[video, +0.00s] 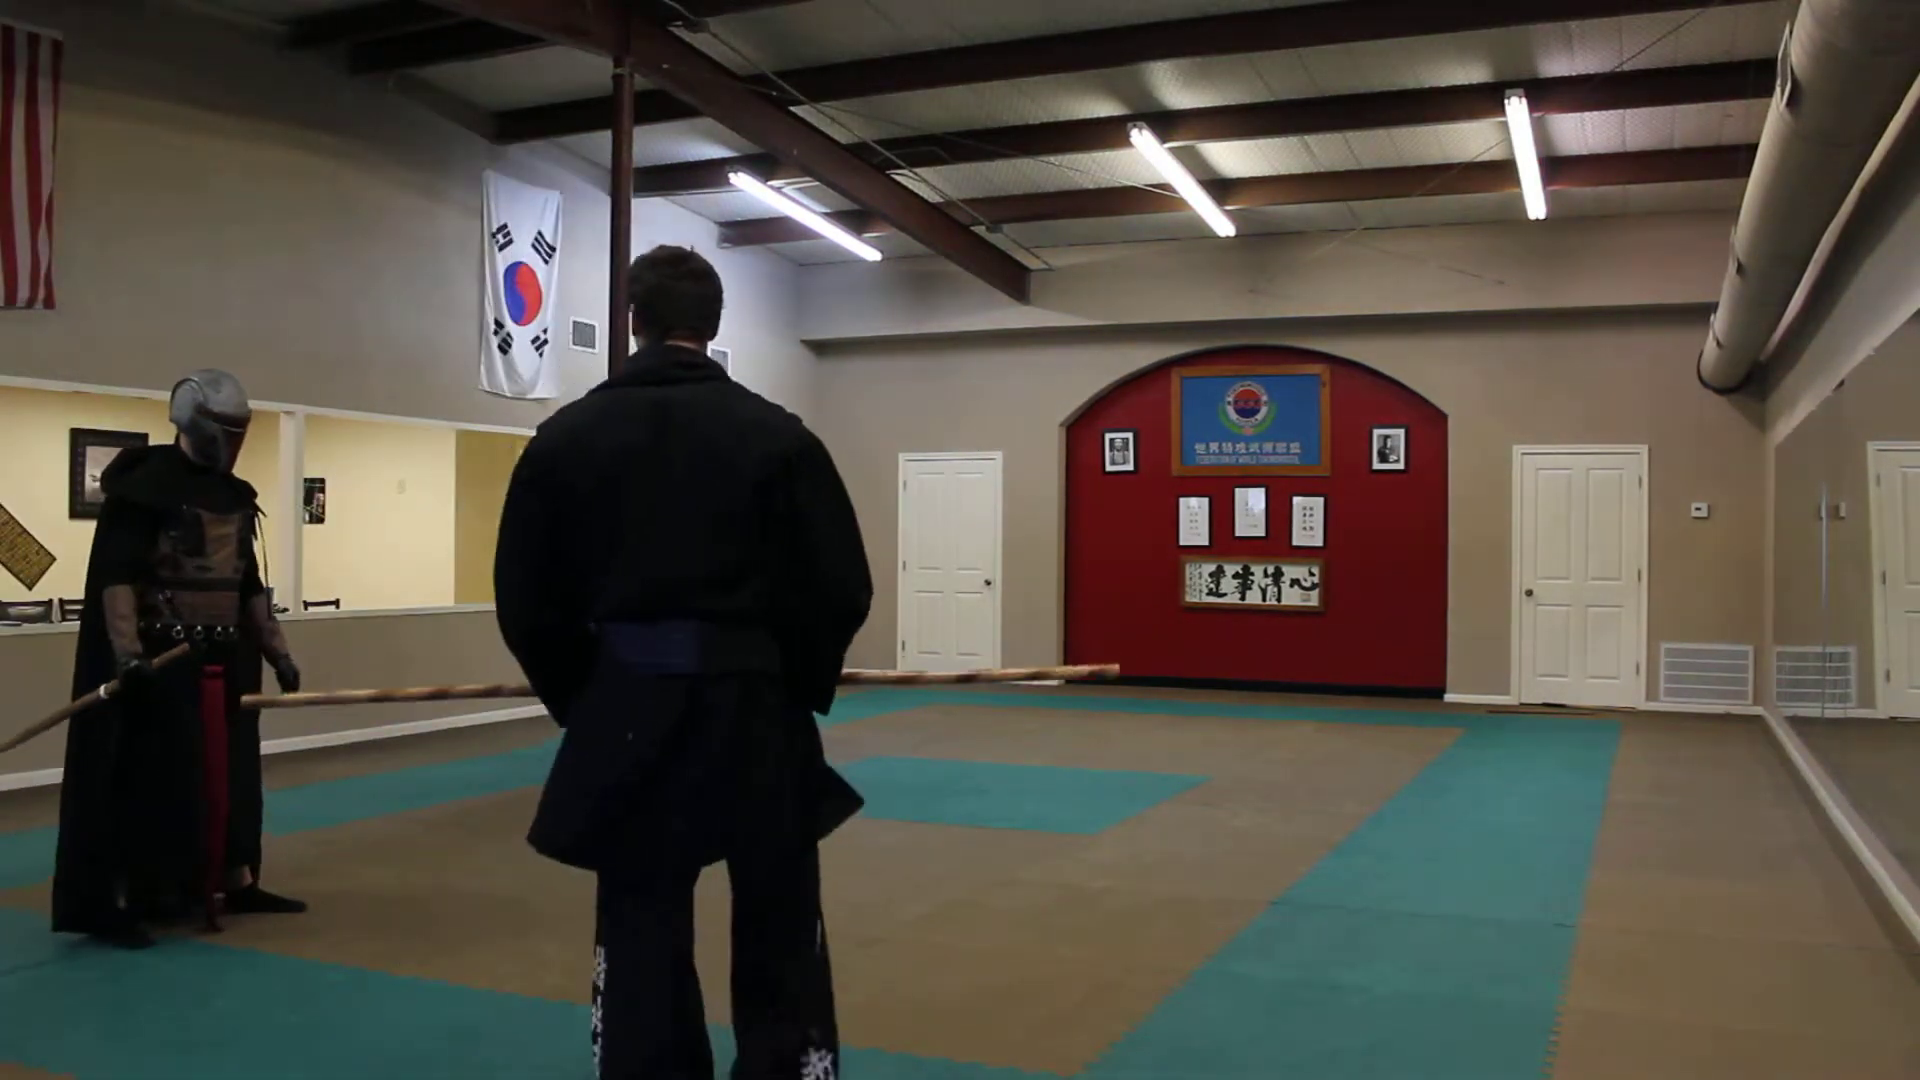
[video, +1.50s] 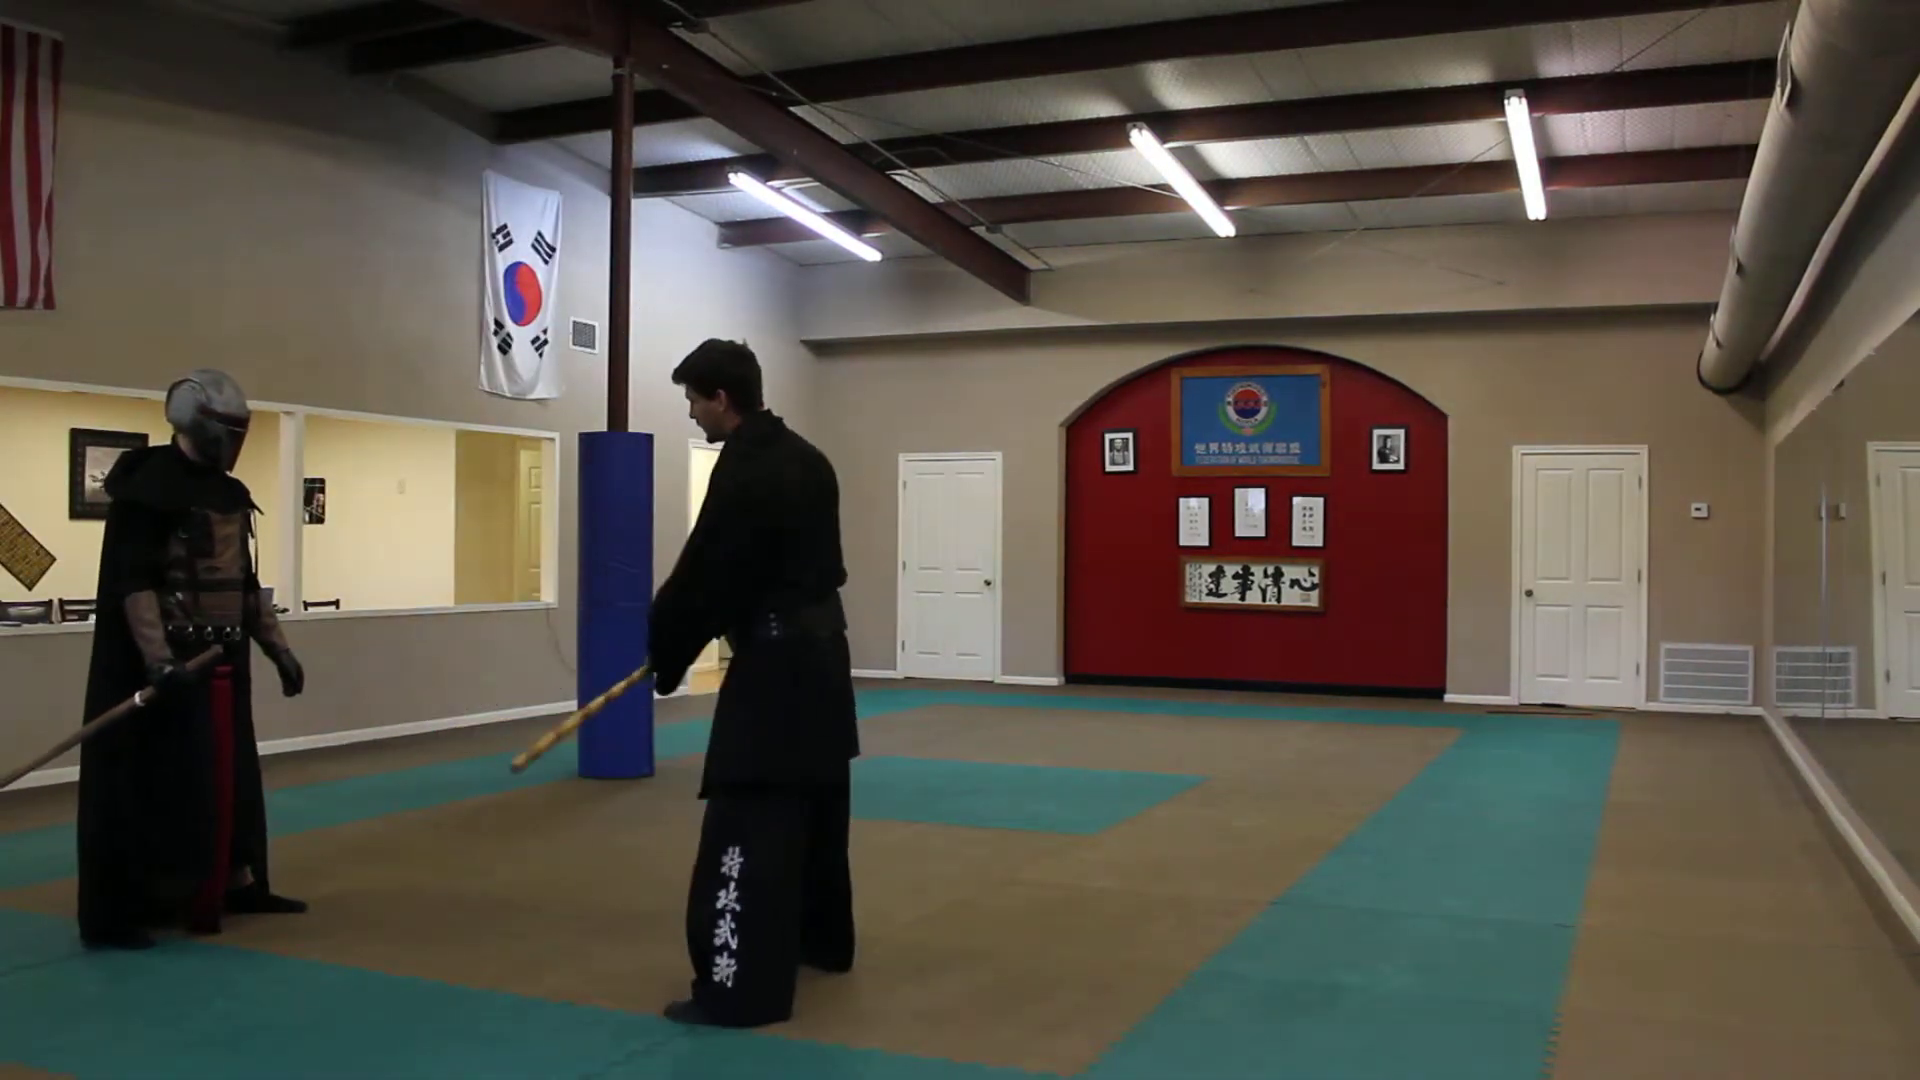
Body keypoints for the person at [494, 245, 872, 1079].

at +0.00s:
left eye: (632, 315)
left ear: (631, 324)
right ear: (717, 327)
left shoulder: (566, 438)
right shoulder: (780, 437)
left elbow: (524, 601)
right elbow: (843, 591)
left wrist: (591, 711)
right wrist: (793, 696)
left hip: (629, 732)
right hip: (762, 733)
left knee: (642, 952)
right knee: (781, 948)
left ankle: (649, 1074)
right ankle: (787, 1072)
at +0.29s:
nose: (696, 355)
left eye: (695, 344)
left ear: (700, 350)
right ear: (774, 352)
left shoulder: (645, 457)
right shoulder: (837, 453)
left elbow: (592, 599)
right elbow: (889, 587)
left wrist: (650, 683)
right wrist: (839, 671)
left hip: (690, 719)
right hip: (808, 720)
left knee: (675, 926)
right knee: (813, 910)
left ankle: (669, 1065)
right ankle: (828, 1056)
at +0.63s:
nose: (721, 368)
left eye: (720, 357)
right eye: (722, 356)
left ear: (735, 357)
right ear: (799, 355)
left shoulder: (699, 453)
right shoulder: (865, 446)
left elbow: (656, 595)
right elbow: (897, 567)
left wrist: (690, 674)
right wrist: (853, 648)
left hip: (737, 692)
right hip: (842, 694)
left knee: (730, 864)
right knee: (839, 875)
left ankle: (725, 1027)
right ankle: (835, 1046)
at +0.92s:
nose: (693, 383)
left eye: (692, 372)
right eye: (694, 371)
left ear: (707, 372)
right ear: (763, 369)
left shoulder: (681, 468)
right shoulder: (833, 458)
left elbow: (638, 600)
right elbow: (858, 576)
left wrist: (656, 676)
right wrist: (814, 637)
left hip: (720, 683)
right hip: (813, 682)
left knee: (718, 842)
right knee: (816, 845)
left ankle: (729, 997)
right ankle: (841, 1004)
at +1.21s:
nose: (678, 391)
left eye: (678, 379)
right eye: (677, 379)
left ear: (695, 379)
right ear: (743, 373)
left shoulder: (689, 469)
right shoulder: (815, 456)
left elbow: (639, 588)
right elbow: (837, 556)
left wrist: (644, 654)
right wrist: (799, 610)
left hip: (723, 671)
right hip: (799, 665)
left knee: (716, 830)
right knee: (799, 810)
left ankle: (735, 996)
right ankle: (829, 955)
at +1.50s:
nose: (692, 416)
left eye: (694, 403)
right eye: (690, 404)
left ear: (721, 398)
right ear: (744, 396)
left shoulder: (743, 468)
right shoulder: (807, 459)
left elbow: (709, 572)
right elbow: (804, 569)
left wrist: (667, 650)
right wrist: (713, 622)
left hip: (774, 662)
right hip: (824, 654)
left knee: (743, 816)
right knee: (817, 803)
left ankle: (737, 987)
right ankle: (825, 941)